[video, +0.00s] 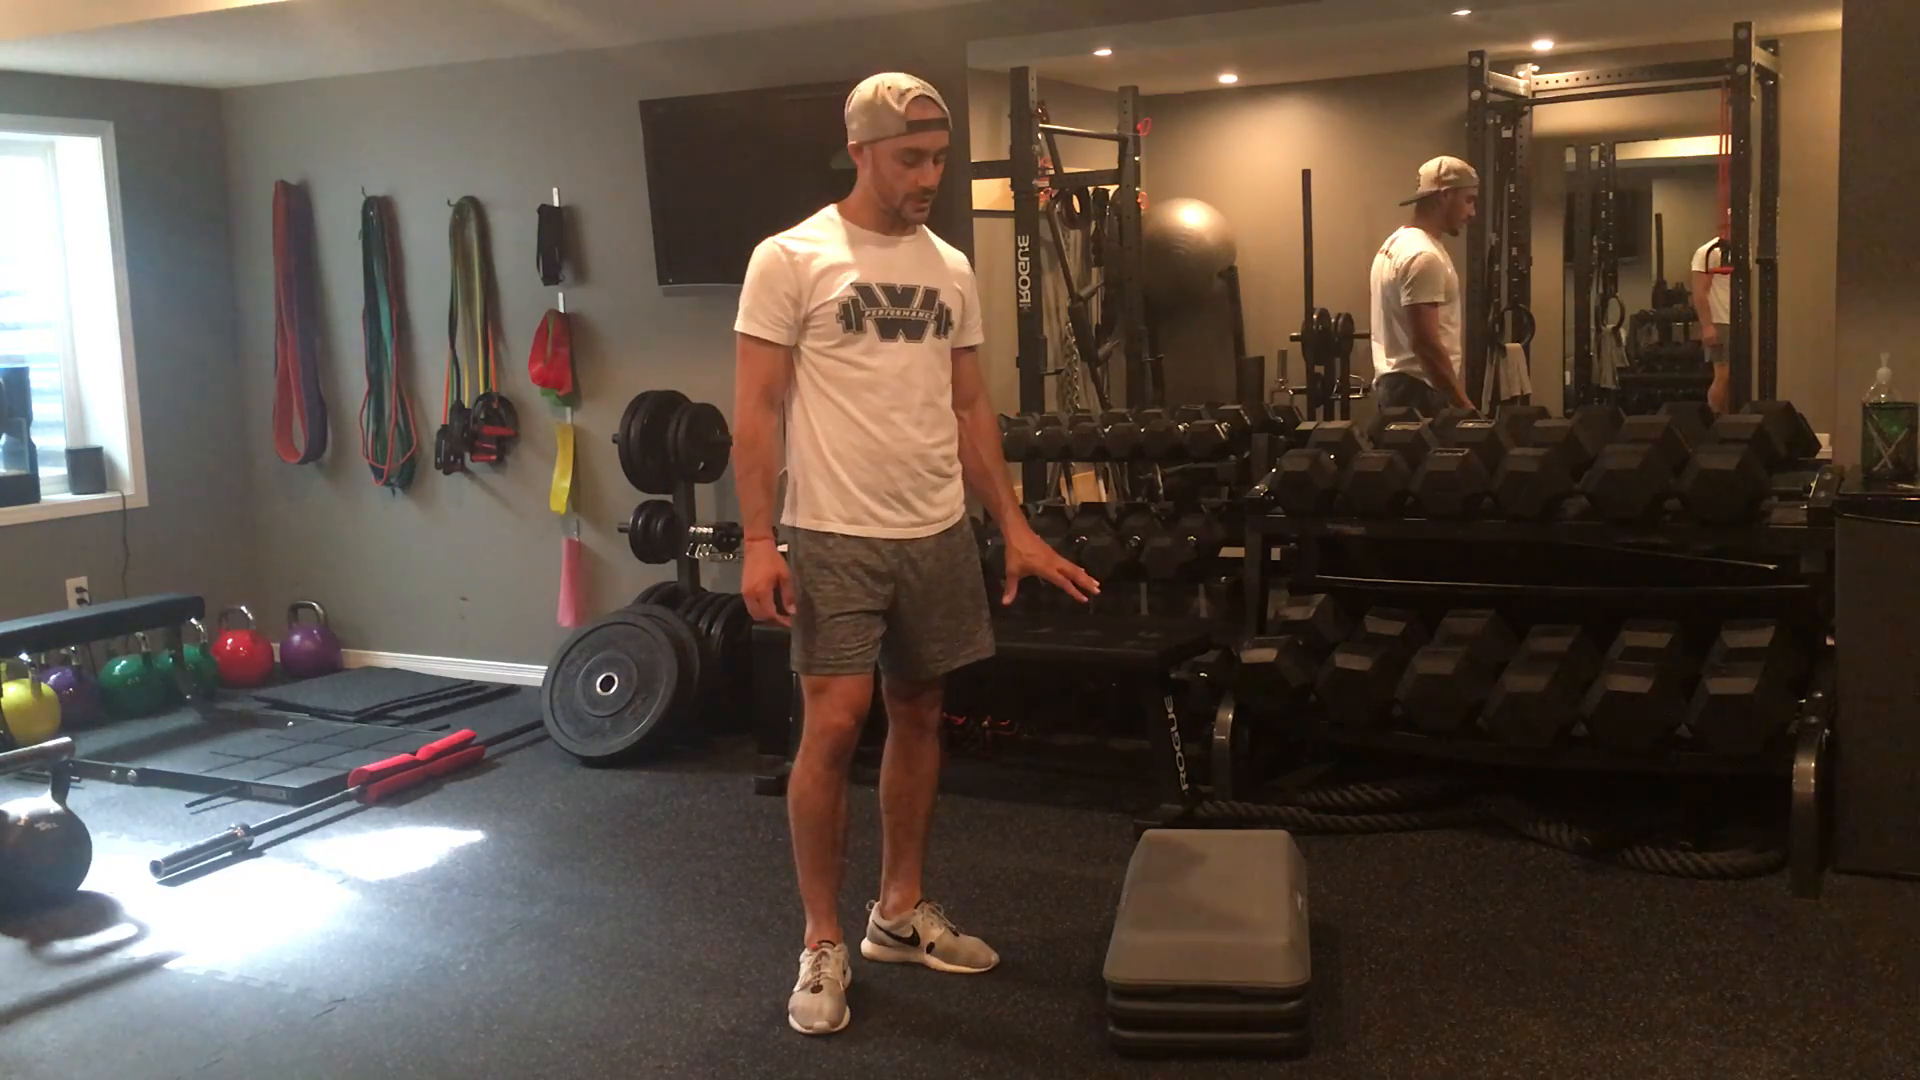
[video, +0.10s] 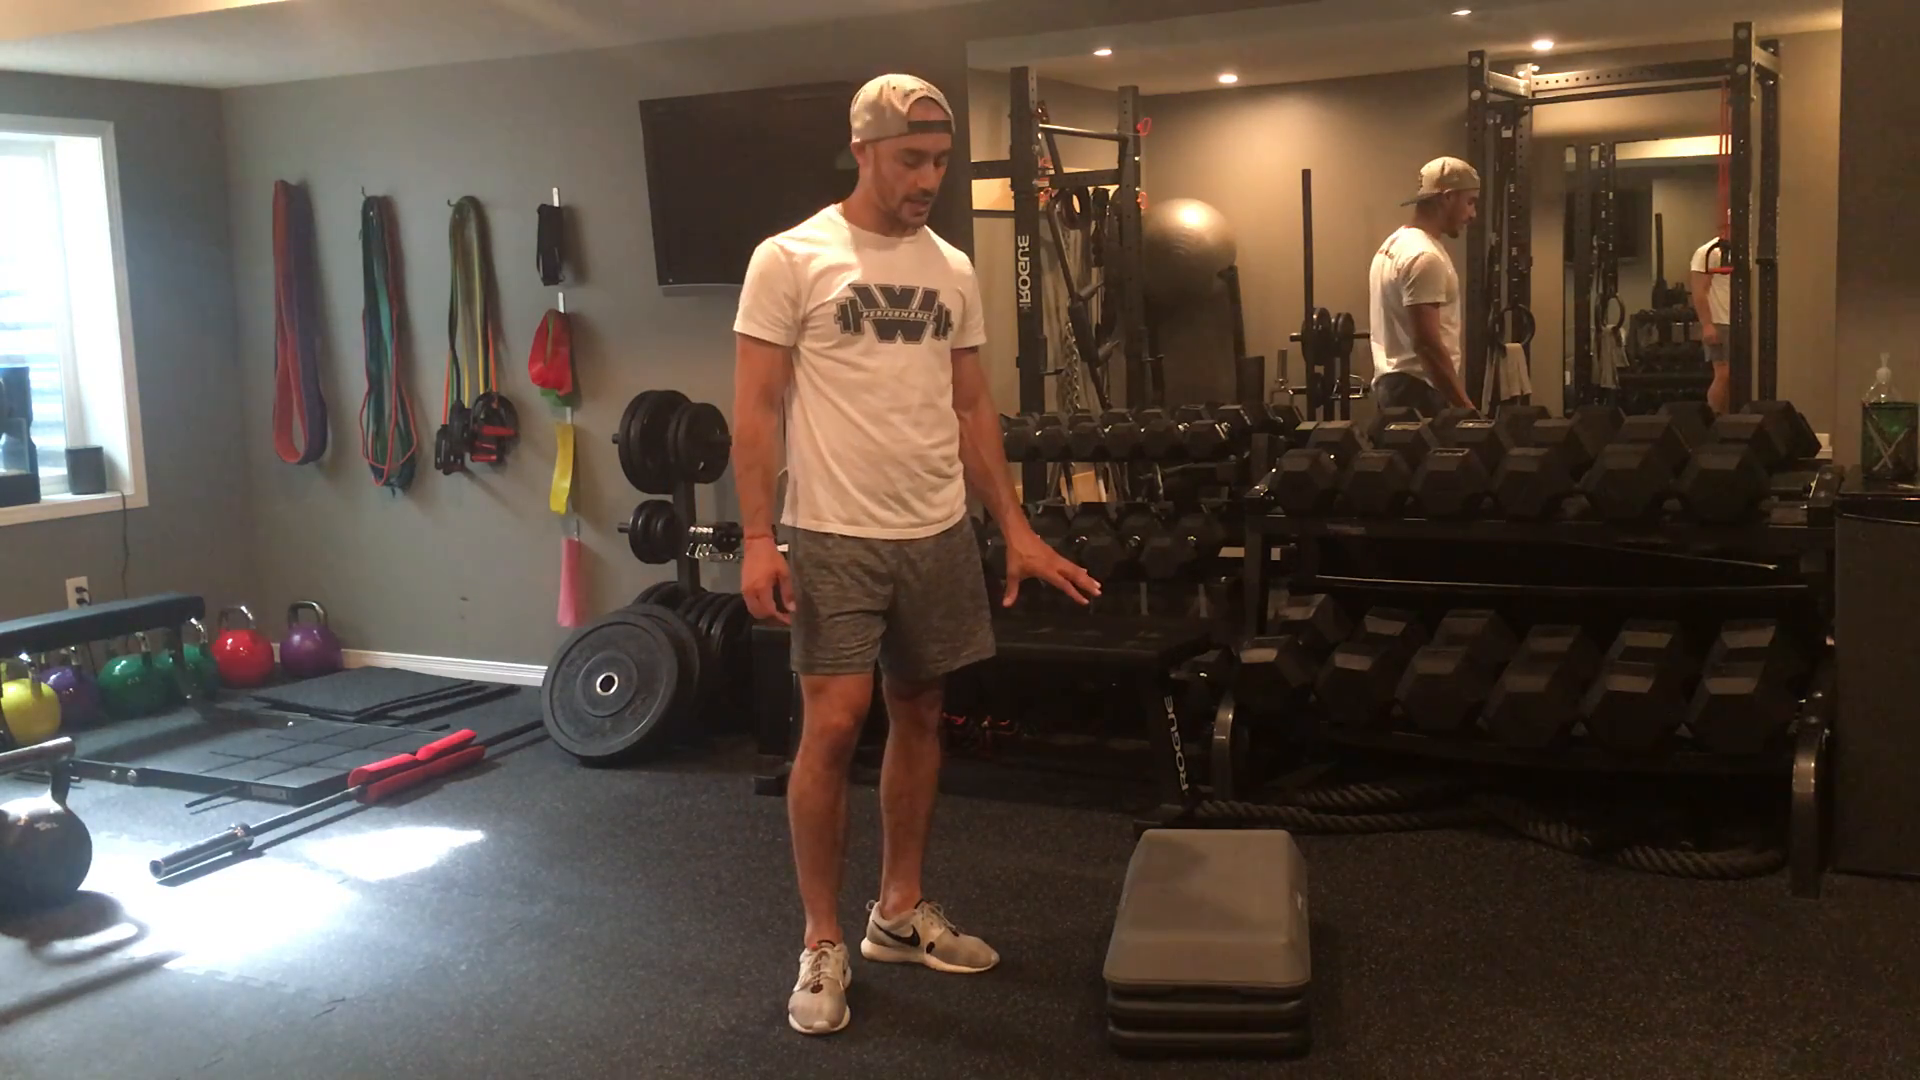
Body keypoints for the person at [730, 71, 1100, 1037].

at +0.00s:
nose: (930, 173)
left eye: (939, 156)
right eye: (913, 156)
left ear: (944, 154)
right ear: (861, 154)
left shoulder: (951, 271)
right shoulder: (790, 259)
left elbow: (971, 411)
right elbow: (758, 406)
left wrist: (1014, 526)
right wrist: (758, 539)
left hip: (936, 536)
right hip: (832, 537)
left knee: (919, 716)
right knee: (836, 723)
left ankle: (901, 909)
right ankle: (822, 942)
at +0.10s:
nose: (930, 175)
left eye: (940, 158)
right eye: (913, 157)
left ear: (947, 158)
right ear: (863, 154)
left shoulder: (952, 271)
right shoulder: (790, 259)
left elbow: (974, 410)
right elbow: (757, 406)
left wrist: (1015, 527)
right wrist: (758, 536)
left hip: (937, 536)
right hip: (832, 537)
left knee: (920, 719)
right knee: (834, 726)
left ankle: (900, 908)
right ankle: (822, 942)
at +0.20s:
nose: (932, 175)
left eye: (943, 159)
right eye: (915, 156)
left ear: (950, 159)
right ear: (865, 150)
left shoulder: (954, 271)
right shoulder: (791, 260)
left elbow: (976, 411)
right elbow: (756, 407)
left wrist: (1017, 529)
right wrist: (755, 537)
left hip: (937, 536)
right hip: (832, 538)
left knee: (921, 719)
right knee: (834, 725)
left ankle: (900, 909)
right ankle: (822, 941)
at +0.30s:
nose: (920, 167)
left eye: (934, 152)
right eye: (902, 148)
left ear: (946, 158)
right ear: (860, 150)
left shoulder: (959, 272)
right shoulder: (794, 260)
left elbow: (978, 410)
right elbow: (759, 408)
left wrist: (1019, 527)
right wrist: (750, 540)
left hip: (938, 535)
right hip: (833, 536)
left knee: (921, 718)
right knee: (834, 725)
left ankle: (900, 909)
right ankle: (822, 940)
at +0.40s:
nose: (900, 154)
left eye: (917, 139)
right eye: (883, 136)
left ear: (941, 153)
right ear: (855, 146)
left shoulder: (964, 272)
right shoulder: (799, 259)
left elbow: (982, 411)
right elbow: (761, 407)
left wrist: (1023, 530)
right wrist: (746, 541)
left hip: (939, 535)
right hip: (835, 535)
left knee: (920, 718)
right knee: (835, 724)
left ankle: (900, 909)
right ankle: (822, 941)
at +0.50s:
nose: (892, 145)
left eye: (909, 131)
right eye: (876, 130)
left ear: (937, 148)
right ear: (852, 145)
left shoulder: (967, 268)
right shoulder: (799, 261)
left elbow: (987, 408)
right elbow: (763, 411)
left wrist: (1026, 531)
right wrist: (746, 542)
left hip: (941, 535)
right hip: (837, 535)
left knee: (921, 720)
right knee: (835, 726)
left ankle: (900, 910)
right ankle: (823, 940)